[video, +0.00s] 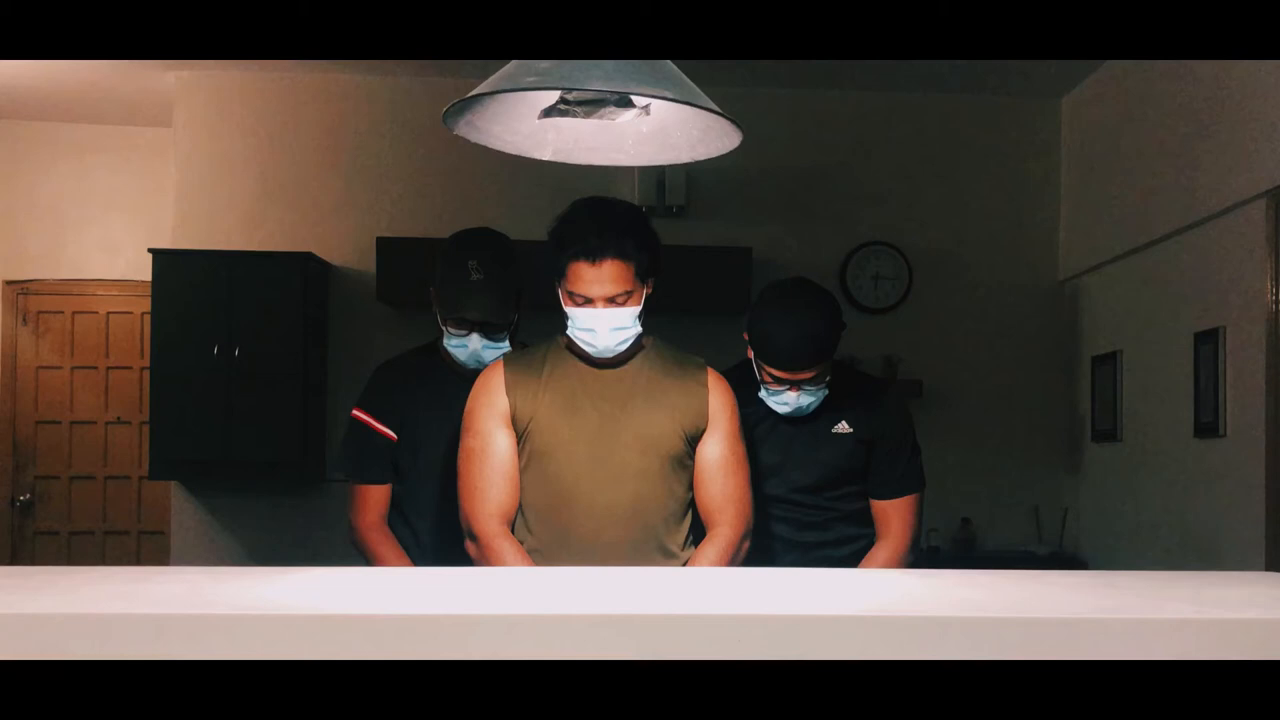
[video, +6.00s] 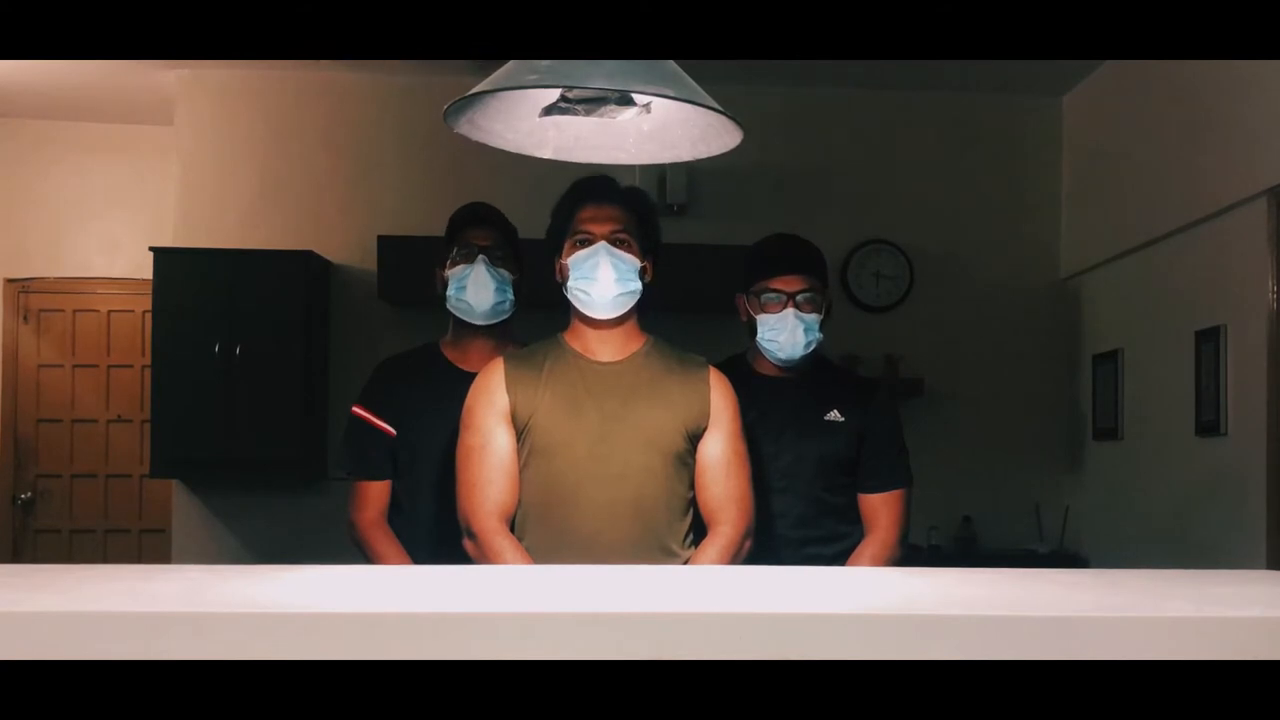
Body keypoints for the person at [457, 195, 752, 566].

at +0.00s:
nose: (600, 319)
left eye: (618, 300)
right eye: (581, 301)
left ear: (646, 291)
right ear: (560, 292)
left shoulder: (703, 390)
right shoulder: (504, 385)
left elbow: (729, 531)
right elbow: (487, 531)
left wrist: (671, 614)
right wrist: (551, 613)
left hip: (664, 611)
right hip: (542, 611)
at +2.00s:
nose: (604, 307)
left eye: (623, 289)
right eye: (586, 289)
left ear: (649, 286)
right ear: (564, 286)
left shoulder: (706, 389)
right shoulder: (507, 381)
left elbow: (732, 532)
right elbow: (486, 529)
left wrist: (671, 614)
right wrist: (553, 611)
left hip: (666, 612)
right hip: (543, 611)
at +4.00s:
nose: (606, 290)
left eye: (624, 271)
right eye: (586, 272)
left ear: (649, 276)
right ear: (564, 277)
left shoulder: (707, 388)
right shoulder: (507, 381)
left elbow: (733, 531)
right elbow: (486, 529)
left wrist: (669, 615)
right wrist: (555, 611)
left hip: (667, 615)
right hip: (545, 613)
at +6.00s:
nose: (601, 256)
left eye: (620, 242)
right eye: (583, 242)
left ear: (645, 268)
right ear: (560, 267)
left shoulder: (704, 387)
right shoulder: (503, 381)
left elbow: (732, 530)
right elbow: (483, 529)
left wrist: (668, 615)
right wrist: (552, 615)